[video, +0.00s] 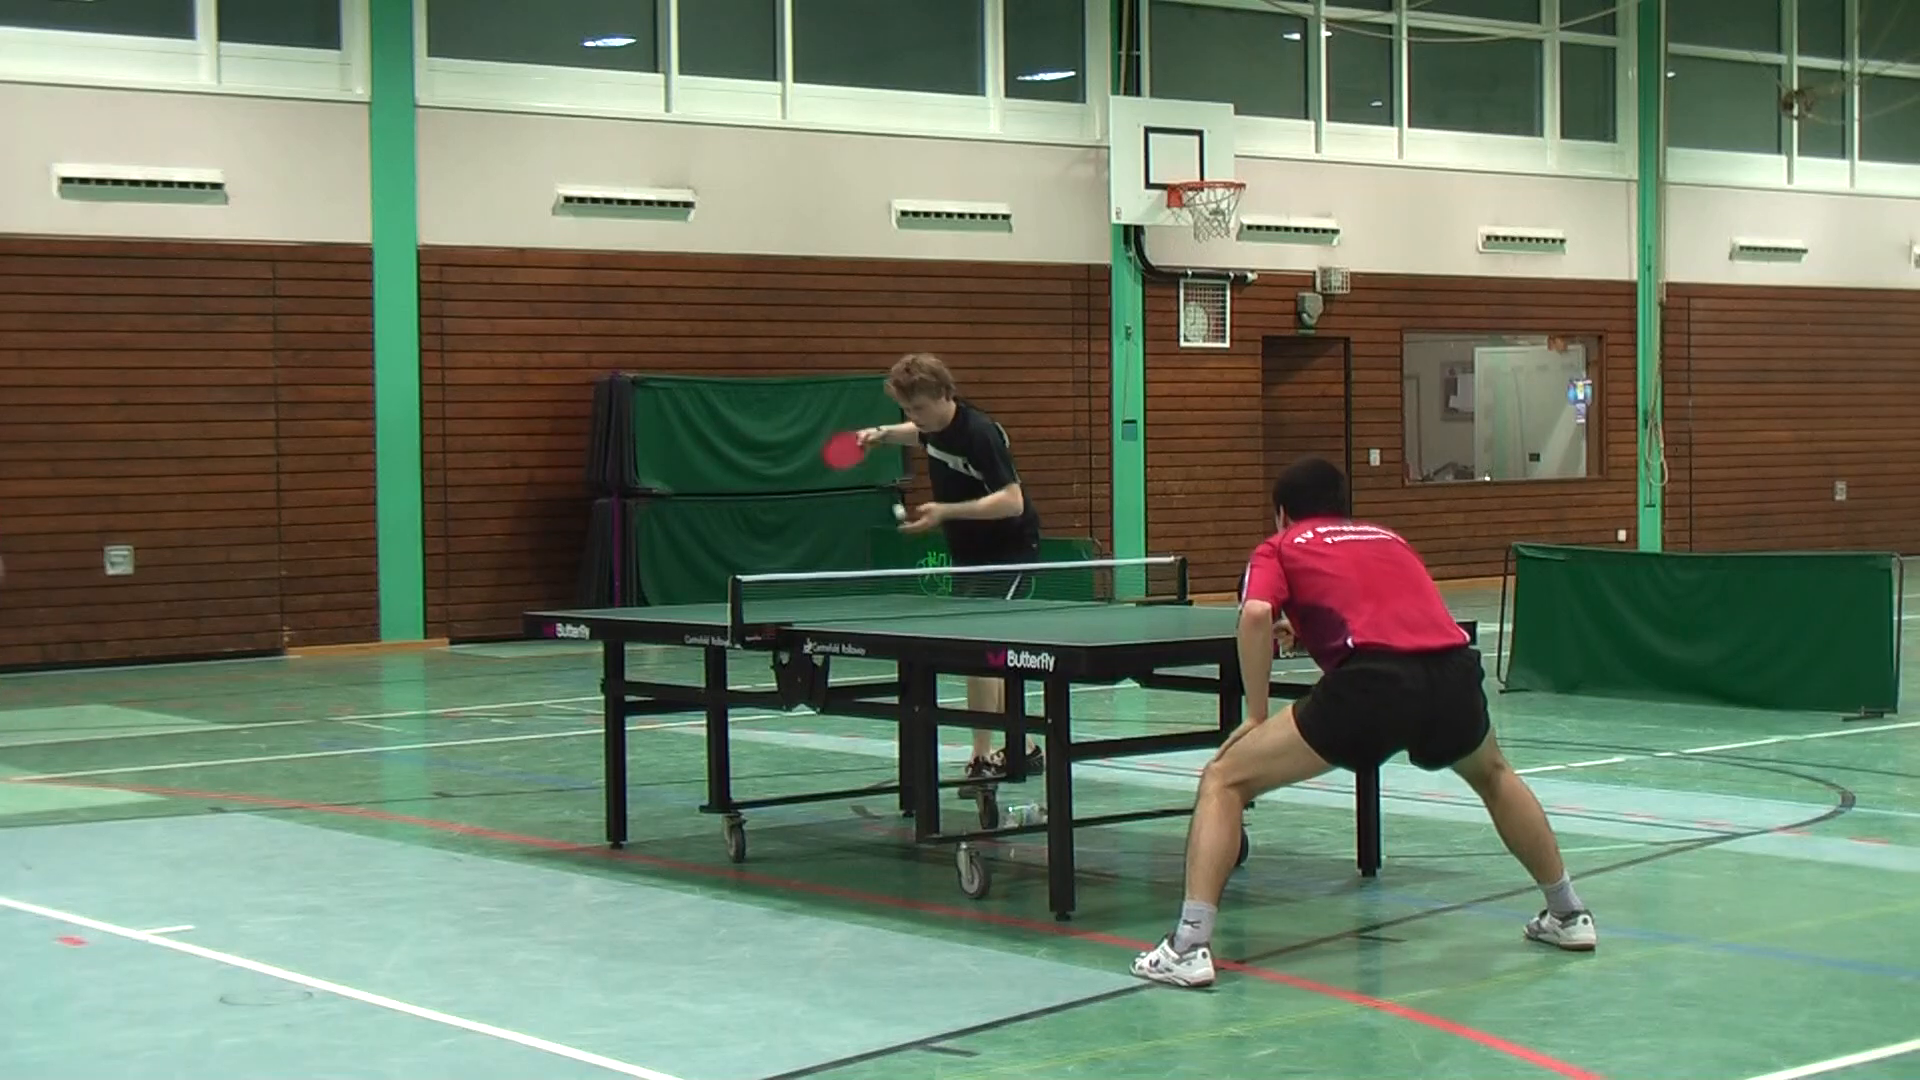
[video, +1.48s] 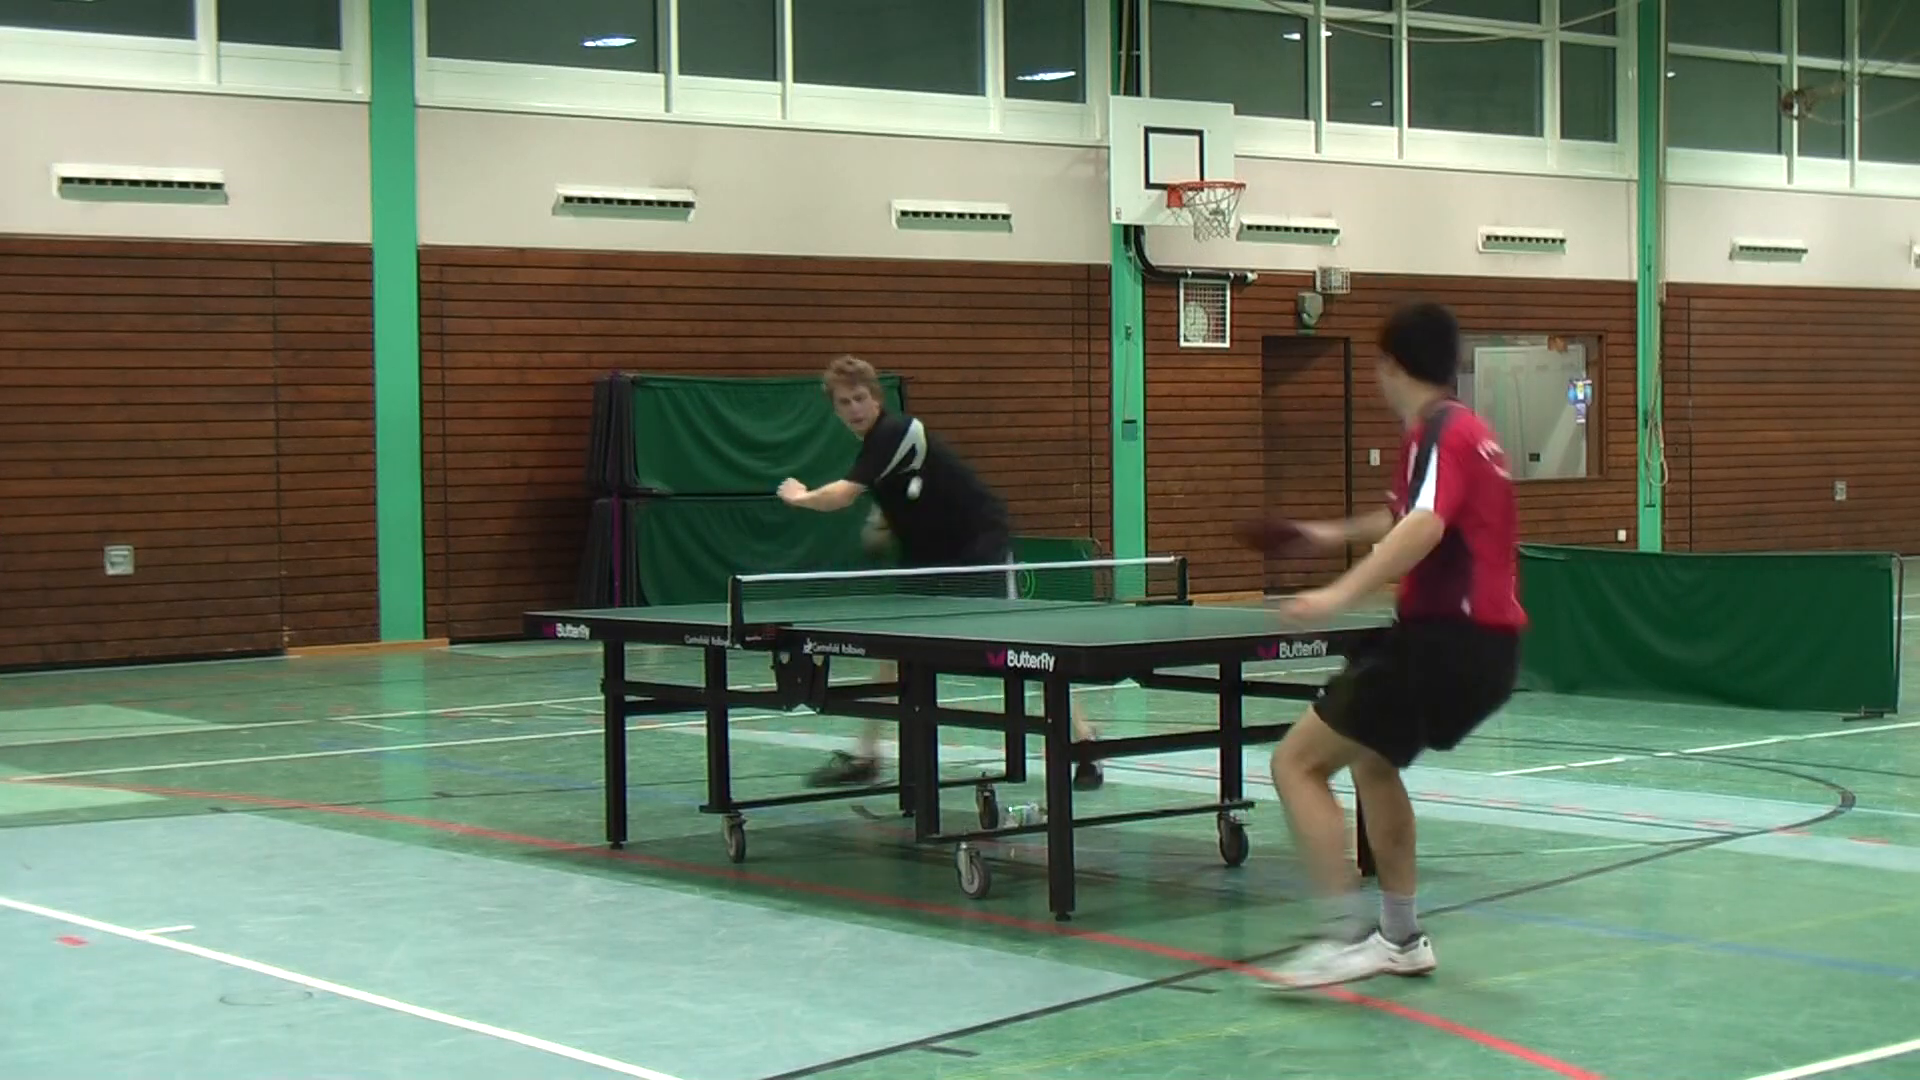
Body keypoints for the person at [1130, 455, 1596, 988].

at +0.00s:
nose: (1273, 524)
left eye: (1273, 517)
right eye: (1275, 518)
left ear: (1283, 516)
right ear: (1344, 510)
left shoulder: (1279, 547)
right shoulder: (1386, 537)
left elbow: (1256, 615)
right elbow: (1394, 602)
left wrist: (1257, 715)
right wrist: (1311, 628)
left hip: (1370, 687)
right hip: (1454, 685)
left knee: (1224, 777)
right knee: (1494, 775)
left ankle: (1189, 945)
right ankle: (1569, 912)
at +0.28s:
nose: (1299, 473)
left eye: (1299, 463)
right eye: (1301, 463)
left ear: (1311, 461)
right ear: (1364, 453)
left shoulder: (1319, 496)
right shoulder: (1411, 484)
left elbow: (1318, 583)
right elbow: (1447, 576)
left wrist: (1307, 686)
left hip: (1405, 648)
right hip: (1482, 647)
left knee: (1286, 786)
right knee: (1500, 771)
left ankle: (1197, 942)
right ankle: (1569, 911)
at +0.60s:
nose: (1323, 406)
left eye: (1323, 397)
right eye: (1325, 397)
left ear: (1335, 396)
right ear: (1389, 393)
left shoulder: (1336, 449)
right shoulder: (1446, 442)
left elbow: (1316, 553)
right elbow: (1492, 542)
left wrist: (1299, 640)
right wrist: (1476, 619)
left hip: (1405, 627)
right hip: (1480, 627)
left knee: (1294, 773)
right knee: (1501, 766)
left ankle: (1253, 945)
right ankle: (1568, 913)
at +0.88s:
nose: (1265, 402)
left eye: (1266, 388)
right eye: (1266, 389)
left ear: (1286, 389)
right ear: (1320, 384)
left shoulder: (1353, 436)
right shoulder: (1340, 448)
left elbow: (1375, 535)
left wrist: (1306, 628)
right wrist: (1248, 620)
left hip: (1411, 636)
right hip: (1457, 629)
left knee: (1283, 768)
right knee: (1474, 770)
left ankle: (1251, 947)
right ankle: (1564, 907)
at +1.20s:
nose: (1265, 358)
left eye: (1268, 345)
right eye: (1268, 345)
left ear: (1287, 344)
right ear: (1321, 344)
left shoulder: (1345, 392)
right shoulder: (1298, 430)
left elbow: (1414, 441)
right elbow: (1218, 483)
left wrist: (1419, 490)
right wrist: (1118, 467)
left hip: (1376, 608)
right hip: (1421, 608)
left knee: (1272, 762)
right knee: (1391, 768)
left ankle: (1248, 945)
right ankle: (1493, 915)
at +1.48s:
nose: (1375, 376)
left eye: (1379, 364)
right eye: (1378, 363)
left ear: (1397, 367)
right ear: (1445, 365)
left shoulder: (1441, 434)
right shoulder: (1464, 430)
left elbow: (1424, 526)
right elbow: (1414, 519)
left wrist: (1340, 595)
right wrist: (1333, 536)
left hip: (1446, 643)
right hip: (1479, 645)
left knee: (1297, 763)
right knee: (1373, 762)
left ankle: (1345, 934)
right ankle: (1400, 933)